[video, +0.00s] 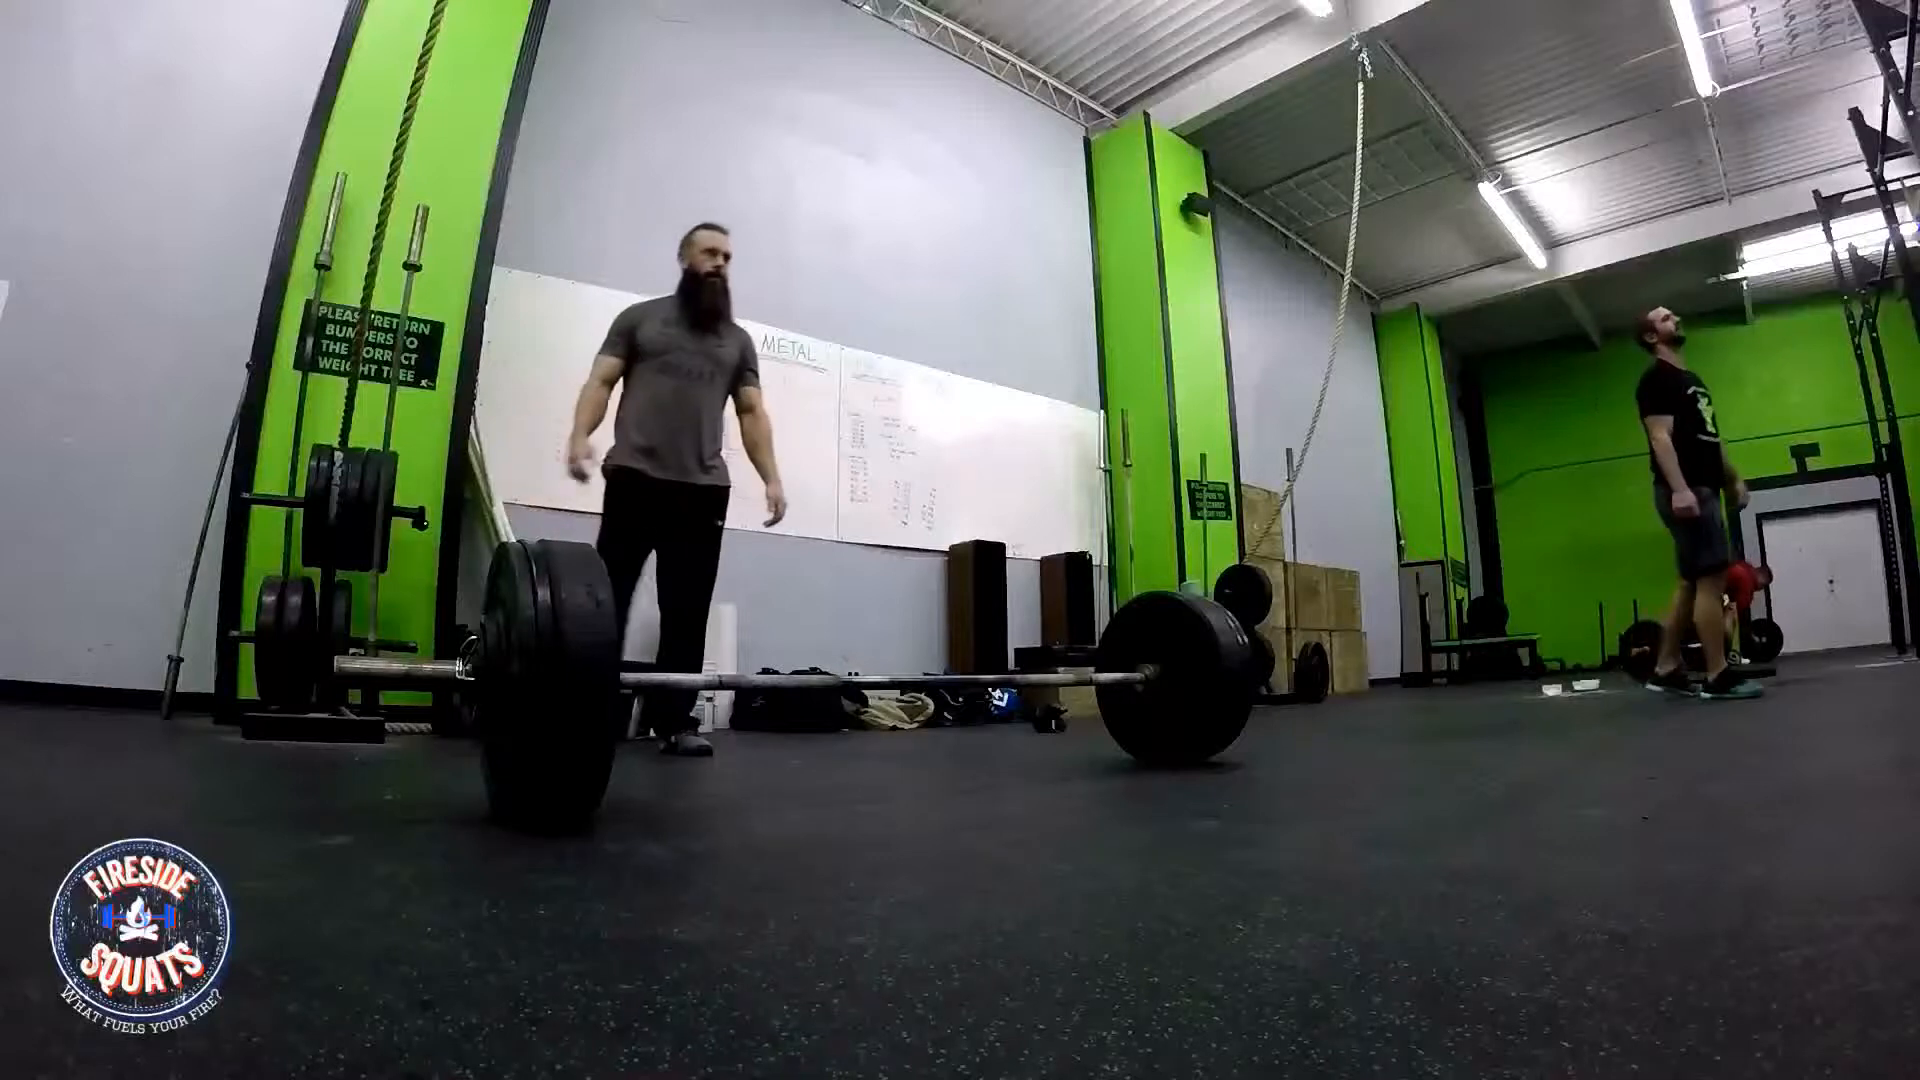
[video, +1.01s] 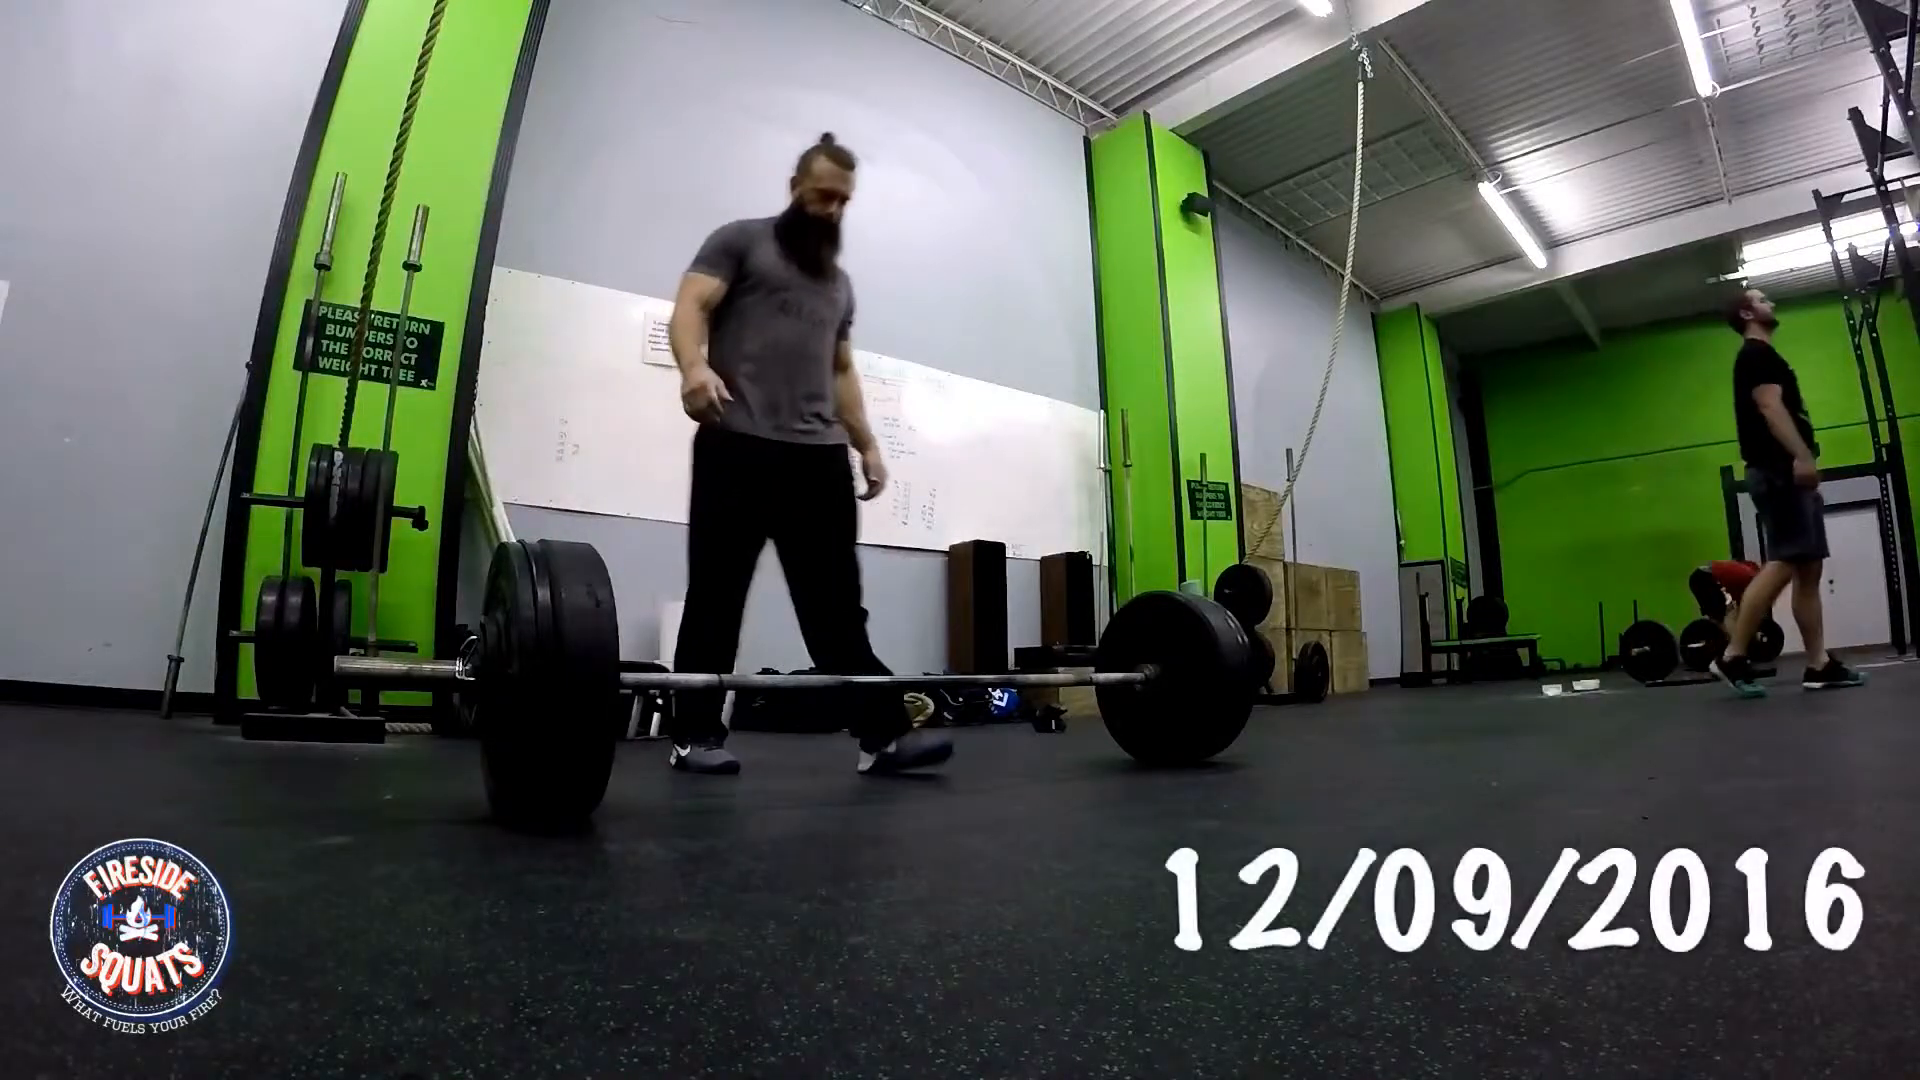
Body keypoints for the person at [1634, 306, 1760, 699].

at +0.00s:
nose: (1672, 317)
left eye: (1669, 314)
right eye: (1663, 317)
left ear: (1669, 332)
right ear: (1651, 335)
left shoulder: (1690, 378)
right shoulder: (1656, 379)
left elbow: (1708, 437)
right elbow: (1660, 437)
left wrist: (1732, 478)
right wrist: (1679, 488)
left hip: (1702, 488)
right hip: (1687, 490)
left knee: (1690, 580)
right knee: (1711, 577)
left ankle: (1667, 666)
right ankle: (1718, 674)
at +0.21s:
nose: (1686, 305)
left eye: (1682, 302)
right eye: (1677, 305)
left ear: (1679, 323)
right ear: (1668, 324)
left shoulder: (1700, 369)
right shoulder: (1674, 368)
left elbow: (1719, 436)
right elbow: (1681, 427)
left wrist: (1758, 467)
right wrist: (1707, 477)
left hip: (1716, 483)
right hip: (1695, 485)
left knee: (1728, 571)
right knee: (1716, 574)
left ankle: (1686, 652)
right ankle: (1717, 673)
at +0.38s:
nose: (1699, 301)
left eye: (1694, 297)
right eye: (1690, 299)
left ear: (1688, 318)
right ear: (1682, 317)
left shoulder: (1708, 365)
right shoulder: (1689, 363)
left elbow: (1731, 432)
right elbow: (1702, 420)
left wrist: (1766, 463)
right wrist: (1740, 465)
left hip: (1724, 481)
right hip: (1705, 482)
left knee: (1743, 572)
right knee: (1719, 575)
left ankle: (1734, 664)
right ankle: (1717, 674)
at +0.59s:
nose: (1719, 300)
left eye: (1713, 295)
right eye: (1710, 297)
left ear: (1702, 316)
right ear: (1699, 314)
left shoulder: (1718, 360)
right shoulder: (1706, 360)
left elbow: (1731, 425)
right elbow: (1728, 419)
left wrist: (1758, 473)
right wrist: (1773, 461)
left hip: (1739, 481)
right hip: (1721, 483)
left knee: (1768, 570)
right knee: (1726, 575)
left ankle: (1796, 657)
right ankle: (1719, 671)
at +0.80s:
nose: (1745, 302)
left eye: (1739, 297)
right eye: (1737, 299)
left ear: (1728, 316)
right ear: (1725, 315)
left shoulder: (1742, 360)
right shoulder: (1730, 361)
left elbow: (1754, 423)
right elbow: (1751, 420)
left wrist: (1782, 471)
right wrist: (1785, 466)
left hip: (1767, 479)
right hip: (1748, 481)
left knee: (1795, 571)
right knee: (1745, 573)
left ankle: (1819, 664)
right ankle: (1720, 669)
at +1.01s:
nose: (1769, 303)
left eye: (1765, 298)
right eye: (1761, 300)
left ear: (1751, 315)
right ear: (1748, 313)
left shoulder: (1762, 356)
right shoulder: (1757, 355)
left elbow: (1770, 414)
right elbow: (1769, 406)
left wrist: (1797, 462)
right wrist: (1802, 454)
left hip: (1787, 472)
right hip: (1775, 473)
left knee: (1808, 568)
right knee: (1784, 563)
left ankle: (1819, 664)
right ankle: (1733, 657)